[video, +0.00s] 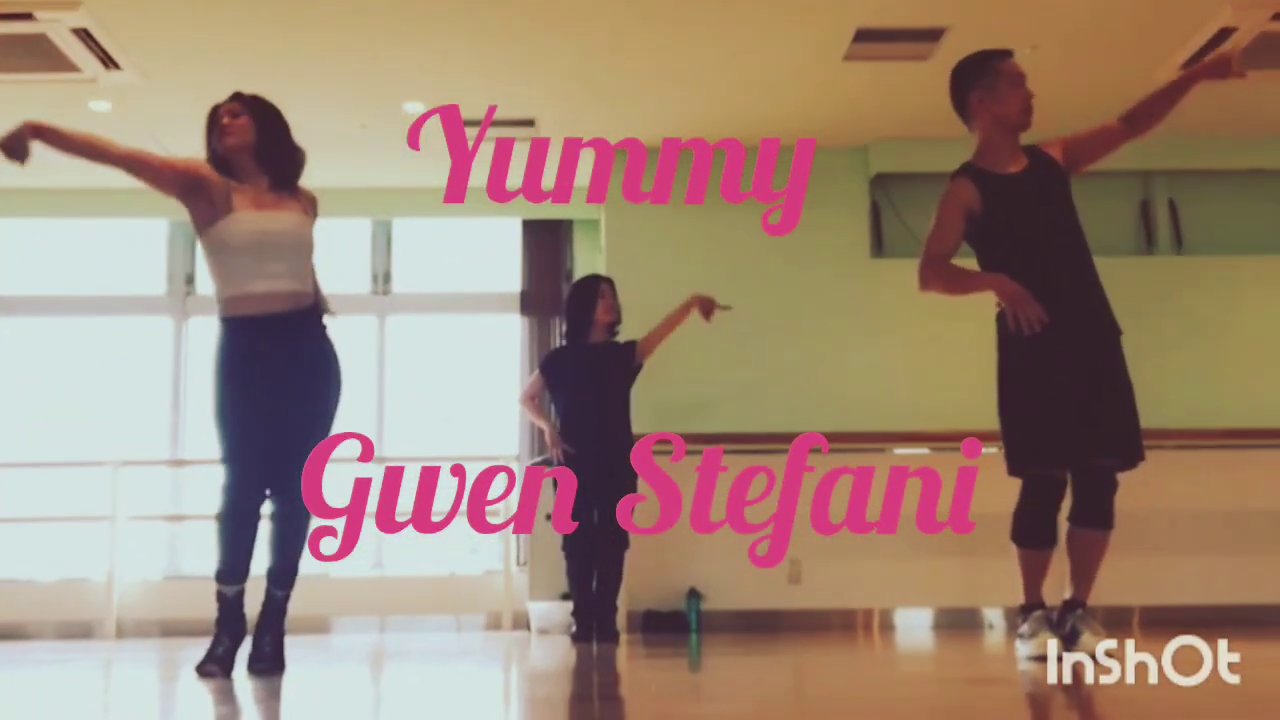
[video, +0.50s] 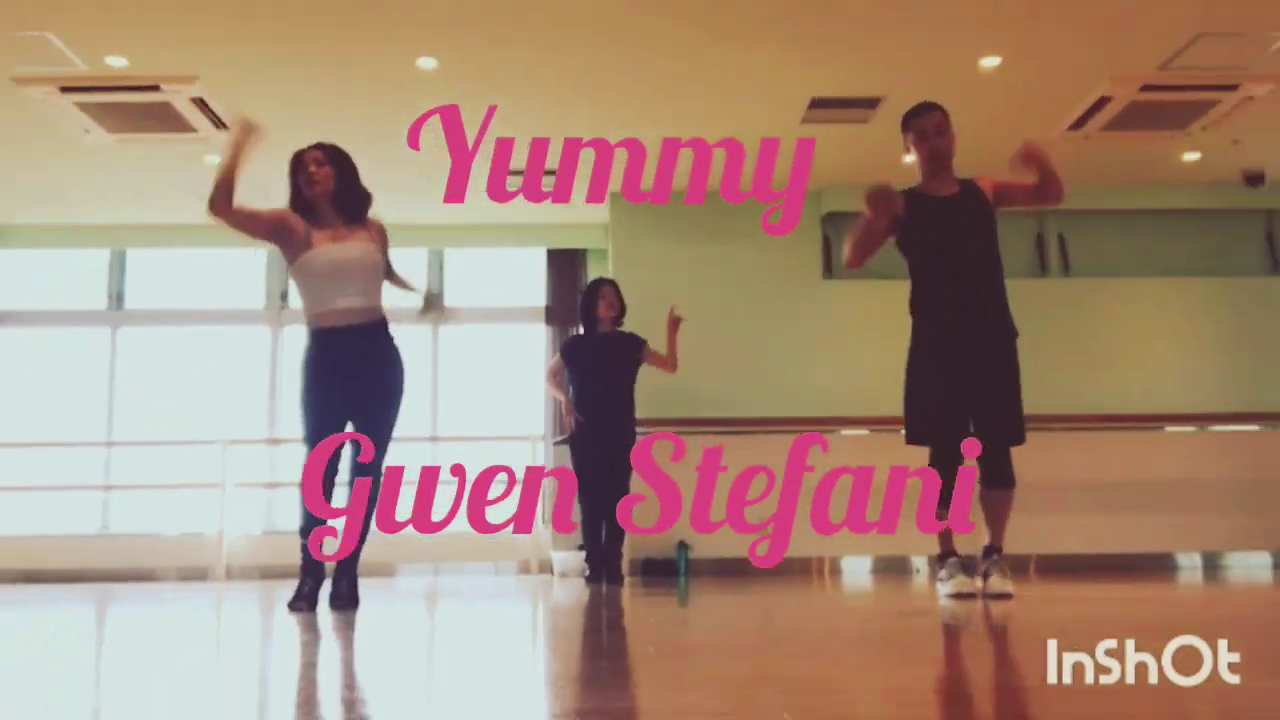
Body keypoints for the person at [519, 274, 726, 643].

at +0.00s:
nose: (612, 304)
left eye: (613, 298)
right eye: (603, 298)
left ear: (615, 305)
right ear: (584, 306)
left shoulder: (624, 354)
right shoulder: (560, 359)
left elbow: (661, 332)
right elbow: (527, 399)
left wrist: (693, 302)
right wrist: (548, 428)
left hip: (617, 460)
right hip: (576, 461)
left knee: (612, 545)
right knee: (578, 545)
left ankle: (606, 621)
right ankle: (583, 621)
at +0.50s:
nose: (610, 303)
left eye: (614, 298)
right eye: (603, 298)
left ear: (621, 305)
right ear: (590, 305)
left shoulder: (630, 343)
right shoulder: (576, 345)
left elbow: (670, 365)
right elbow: (551, 377)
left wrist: (672, 332)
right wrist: (566, 401)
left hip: (620, 432)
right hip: (586, 432)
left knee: (617, 499)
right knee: (591, 501)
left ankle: (613, 563)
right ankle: (594, 564)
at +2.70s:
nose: (530, 313)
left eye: (530, 307)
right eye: (522, 312)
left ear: (538, 312)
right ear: (514, 324)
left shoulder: (552, 347)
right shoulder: (524, 352)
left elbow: (551, 387)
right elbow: (526, 393)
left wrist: (561, 418)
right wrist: (556, 424)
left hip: (553, 427)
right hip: (527, 430)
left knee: (584, 484)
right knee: (517, 493)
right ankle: (488, 545)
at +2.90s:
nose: (551, 325)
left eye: (553, 320)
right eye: (544, 323)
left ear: (560, 324)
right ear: (537, 333)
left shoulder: (576, 352)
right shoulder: (548, 362)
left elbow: (589, 374)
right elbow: (566, 394)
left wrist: (603, 367)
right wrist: (595, 375)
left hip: (582, 429)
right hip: (561, 431)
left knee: (611, 484)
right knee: (537, 490)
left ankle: (639, 541)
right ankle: (493, 541)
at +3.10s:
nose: (574, 307)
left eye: (578, 301)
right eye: (568, 305)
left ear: (587, 306)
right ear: (562, 315)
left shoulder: (608, 335)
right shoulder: (565, 346)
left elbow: (625, 364)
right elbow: (578, 366)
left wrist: (601, 373)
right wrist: (581, 327)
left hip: (617, 417)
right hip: (587, 420)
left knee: (630, 477)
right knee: (583, 477)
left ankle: (640, 537)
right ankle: (559, 532)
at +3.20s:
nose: (584, 308)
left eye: (589, 304)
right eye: (579, 304)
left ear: (598, 309)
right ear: (572, 310)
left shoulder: (615, 337)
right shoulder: (570, 344)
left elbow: (642, 364)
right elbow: (572, 370)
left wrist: (635, 393)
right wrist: (575, 333)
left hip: (622, 414)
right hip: (594, 418)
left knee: (635, 474)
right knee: (609, 478)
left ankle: (641, 532)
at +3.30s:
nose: (592, 316)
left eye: (598, 312)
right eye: (588, 312)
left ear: (606, 318)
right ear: (581, 317)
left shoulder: (620, 347)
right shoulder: (577, 351)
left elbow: (652, 373)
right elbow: (566, 379)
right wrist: (564, 345)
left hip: (625, 421)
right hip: (596, 425)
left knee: (638, 479)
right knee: (616, 480)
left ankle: (646, 535)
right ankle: (632, 538)